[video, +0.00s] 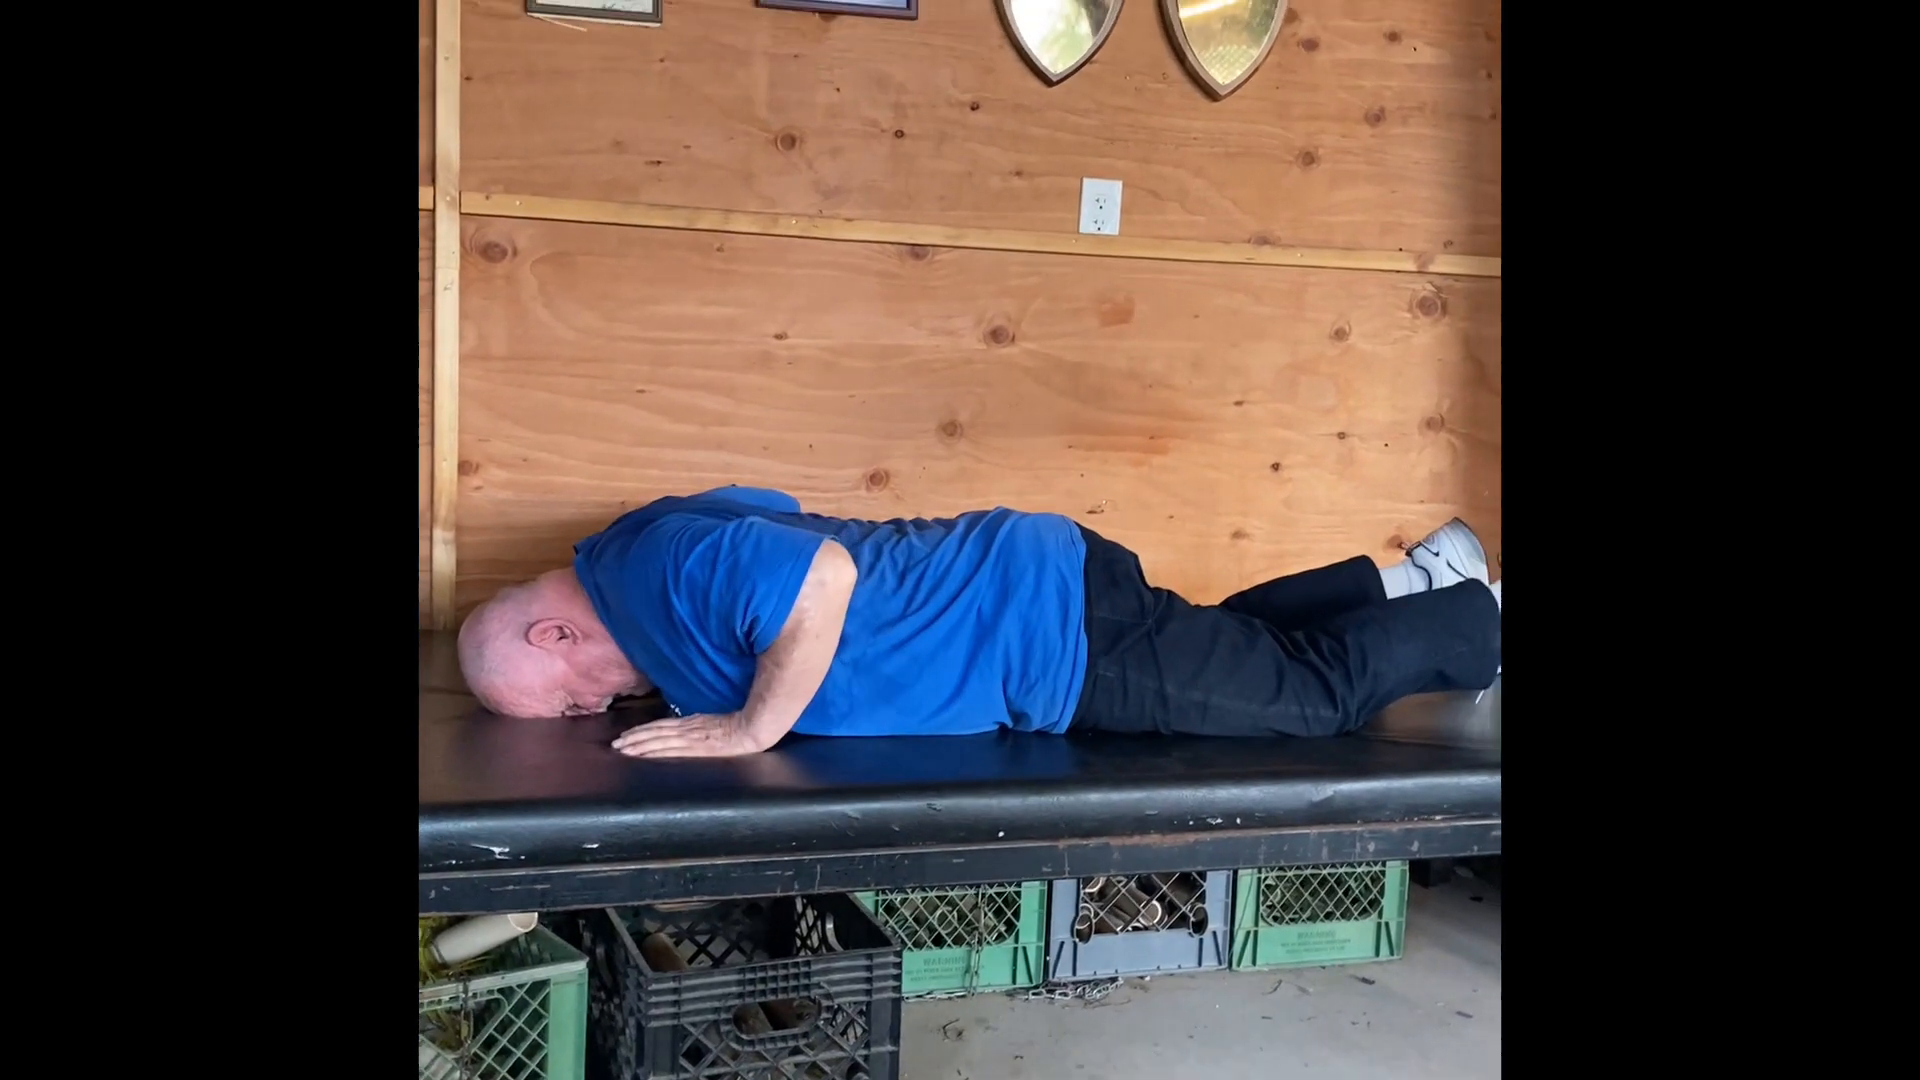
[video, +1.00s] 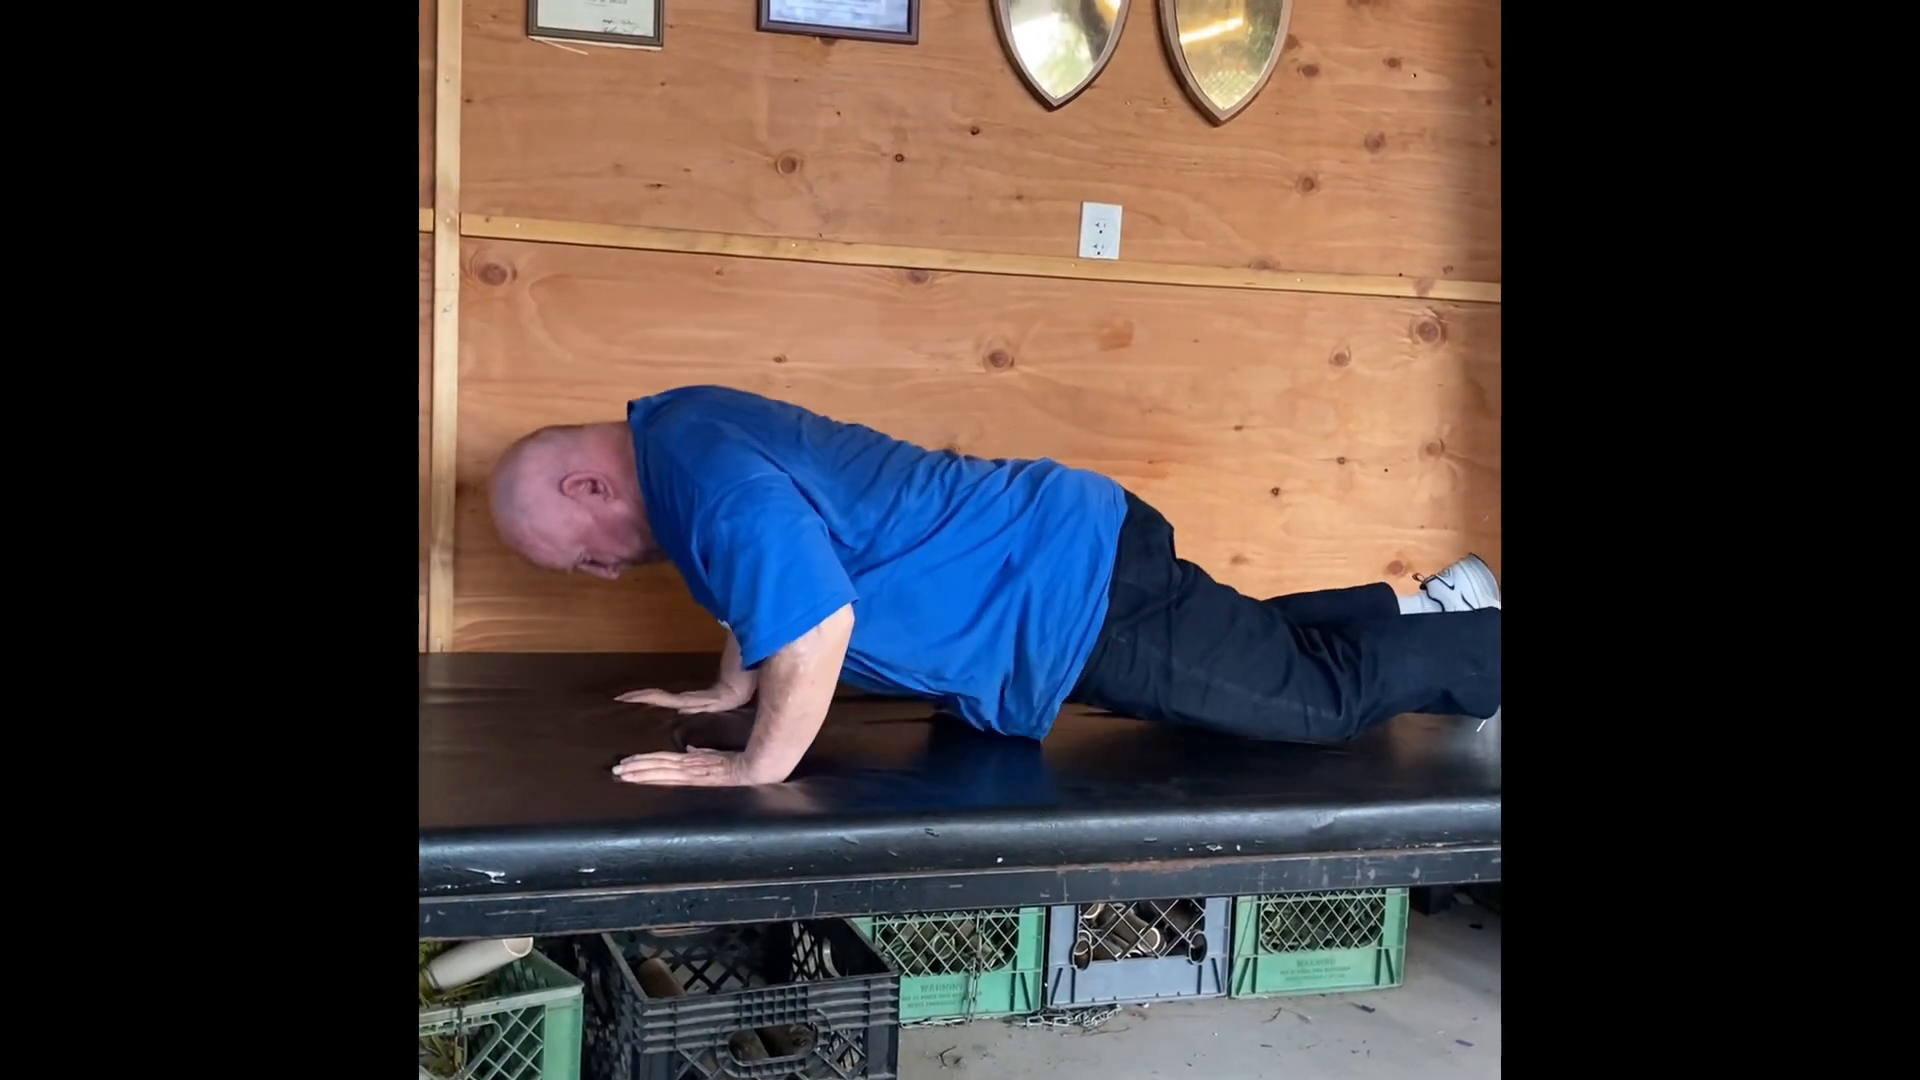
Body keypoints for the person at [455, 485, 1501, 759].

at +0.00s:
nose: (586, 710)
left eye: (558, 701)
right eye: (561, 707)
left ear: (546, 635)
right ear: (548, 627)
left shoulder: (657, 567)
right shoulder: (640, 580)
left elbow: (826, 574)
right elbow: (819, 550)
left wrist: (750, 728)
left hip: (1052, 624)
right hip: (1030, 626)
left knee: (1315, 689)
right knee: (1245, 662)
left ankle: (1481, 622)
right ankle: (1420, 572)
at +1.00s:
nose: (606, 552)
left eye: (584, 538)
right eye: (580, 551)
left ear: (581, 480)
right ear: (580, 479)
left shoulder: (711, 474)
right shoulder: (680, 441)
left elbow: (816, 616)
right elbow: (774, 591)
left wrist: (761, 768)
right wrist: (738, 705)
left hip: (1079, 587)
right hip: (1056, 567)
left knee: (1313, 693)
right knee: (1282, 653)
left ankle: (1483, 648)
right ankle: (1452, 607)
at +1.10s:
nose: (609, 537)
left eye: (586, 522)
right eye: (583, 530)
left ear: (587, 463)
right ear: (585, 443)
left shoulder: (717, 449)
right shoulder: (682, 429)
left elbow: (808, 614)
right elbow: (759, 585)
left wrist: (763, 767)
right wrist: (733, 702)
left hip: (1076, 575)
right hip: (1051, 569)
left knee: (1318, 680)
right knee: (1283, 644)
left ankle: (1488, 648)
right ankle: (1447, 602)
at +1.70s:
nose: (599, 670)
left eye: (577, 656)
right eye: (576, 670)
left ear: (562, 594)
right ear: (555, 582)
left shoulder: (676, 542)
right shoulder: (623, 537)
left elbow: (808, 634)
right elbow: (755, 640)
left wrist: (744, 771)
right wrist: (716, 715)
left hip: (1057, 619)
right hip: (1027, 642)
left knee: (1304, 708)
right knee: (1246, 671)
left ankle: (1481, 643)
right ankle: (1422, 610)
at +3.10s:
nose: (564, 603)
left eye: (542, 598)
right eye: (543, 600)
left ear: (547, 543)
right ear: (539, 511)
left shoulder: (673, 519)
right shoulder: (627, 474)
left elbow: (779, 639)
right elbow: (751, 595)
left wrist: (710, 771)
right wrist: (688, 671)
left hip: (1041, 623)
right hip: (1015, 598)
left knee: (1271, 725)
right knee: (1211, 662)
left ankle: (1457, 665)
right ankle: (1414, 621)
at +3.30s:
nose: (578, 524)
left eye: (556, 506)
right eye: (553, 518)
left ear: (564, 440)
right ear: (562, 434)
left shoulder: (686, 431)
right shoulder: (662, 428)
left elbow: (758, 609)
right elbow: (732, 602)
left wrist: (713, 769)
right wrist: (695, 719)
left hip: (1054, 580)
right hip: (1027, 577)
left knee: (1275, 698)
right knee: (1221, 644)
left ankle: (1463, 659)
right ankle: (1408, 618)